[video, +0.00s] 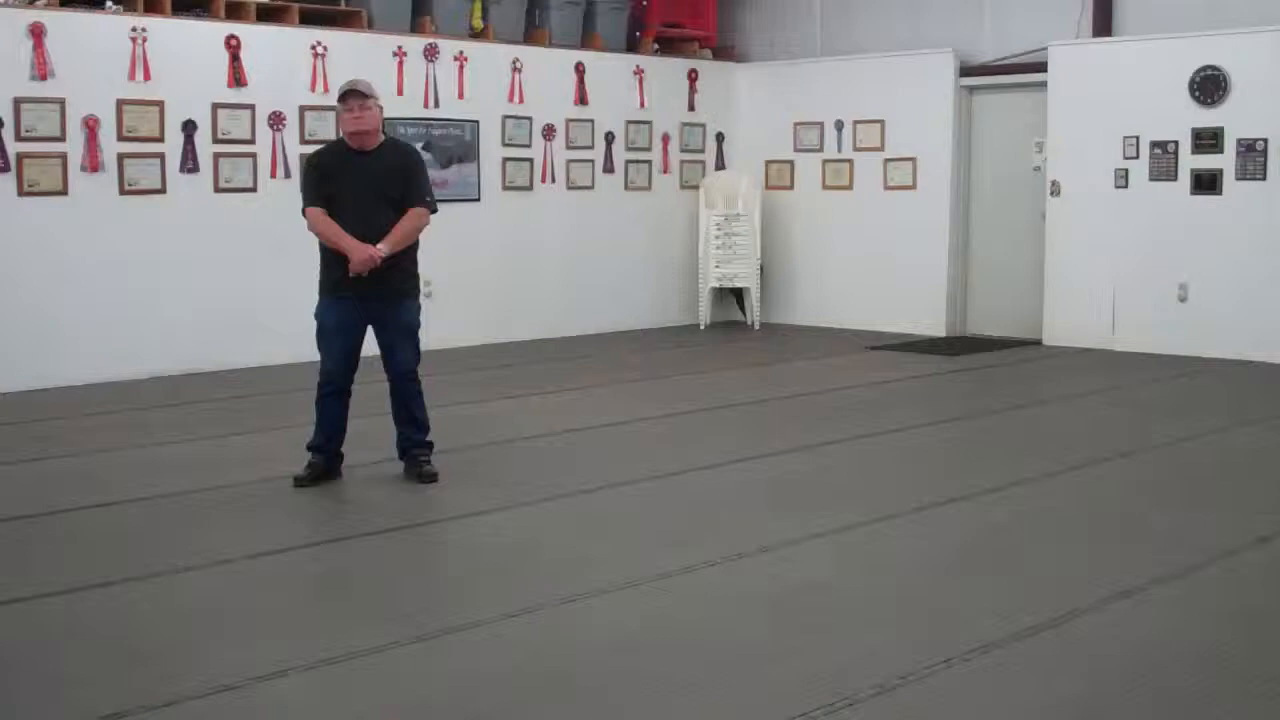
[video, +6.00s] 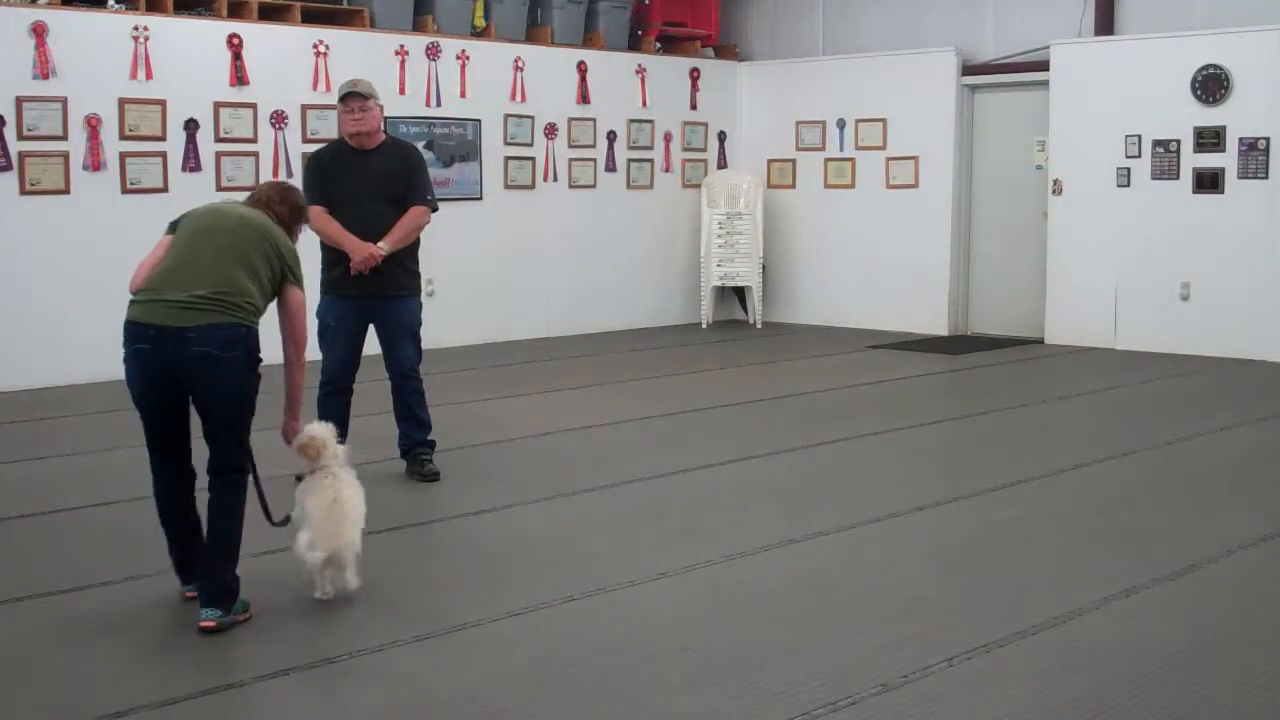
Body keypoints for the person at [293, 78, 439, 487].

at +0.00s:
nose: (357, 115)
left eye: (364, 108)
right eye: (349, 110)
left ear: (379, 112)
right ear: (339, 117)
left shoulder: (405, 157)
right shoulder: (320, 162)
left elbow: (420, 214)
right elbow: (315, 217)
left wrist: (377, 252)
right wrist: (354, 249)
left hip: (396, 288)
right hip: (340, 289)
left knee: (405, 373)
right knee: (333, 376)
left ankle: (417, 454)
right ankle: (324, 457)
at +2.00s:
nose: (359, 114)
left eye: (367, 106)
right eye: (351, 108)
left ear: (382, 111)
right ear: (340, 117)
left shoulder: (407, 155)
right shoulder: (321, 161)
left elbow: (422, 212)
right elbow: (316, 216)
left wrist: (380, 250)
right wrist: (355, 248)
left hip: (398, 287)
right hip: (343, 288)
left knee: (407, 373)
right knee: (335, 376)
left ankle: (419, 452)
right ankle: (326, 455)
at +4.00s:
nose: (359, 114)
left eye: (366, 107)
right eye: (351, 109)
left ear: (382, 111)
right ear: (341, 117)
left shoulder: (407, 155)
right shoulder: (323, 161)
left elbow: (422, 213)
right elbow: (317, 215)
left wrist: (379, 250)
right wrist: (355, 246)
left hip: (398, 287)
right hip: (342, 288)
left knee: (406, 373)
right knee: (335, 375)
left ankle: (419, 452)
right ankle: (327, 455)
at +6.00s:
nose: (357, 117)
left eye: (364, 109)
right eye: (350, 111)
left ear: (381, 113)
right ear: (339, 118)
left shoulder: (406, 155)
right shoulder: (321, 161)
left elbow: (421, 212)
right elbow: (316, 215)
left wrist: (378, 250)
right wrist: (355, 246)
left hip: (397, 289)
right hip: (342, 290)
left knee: (407, 373)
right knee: (335, 378)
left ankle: (418, 451)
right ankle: (327, 461)